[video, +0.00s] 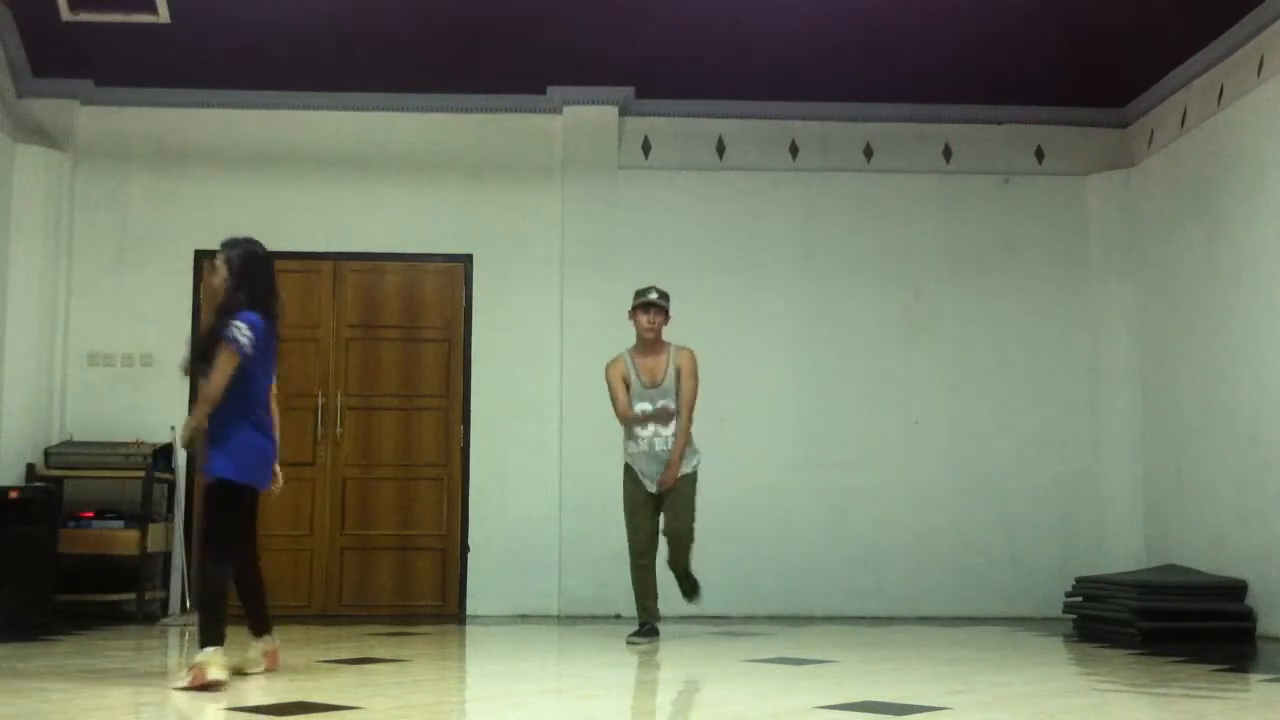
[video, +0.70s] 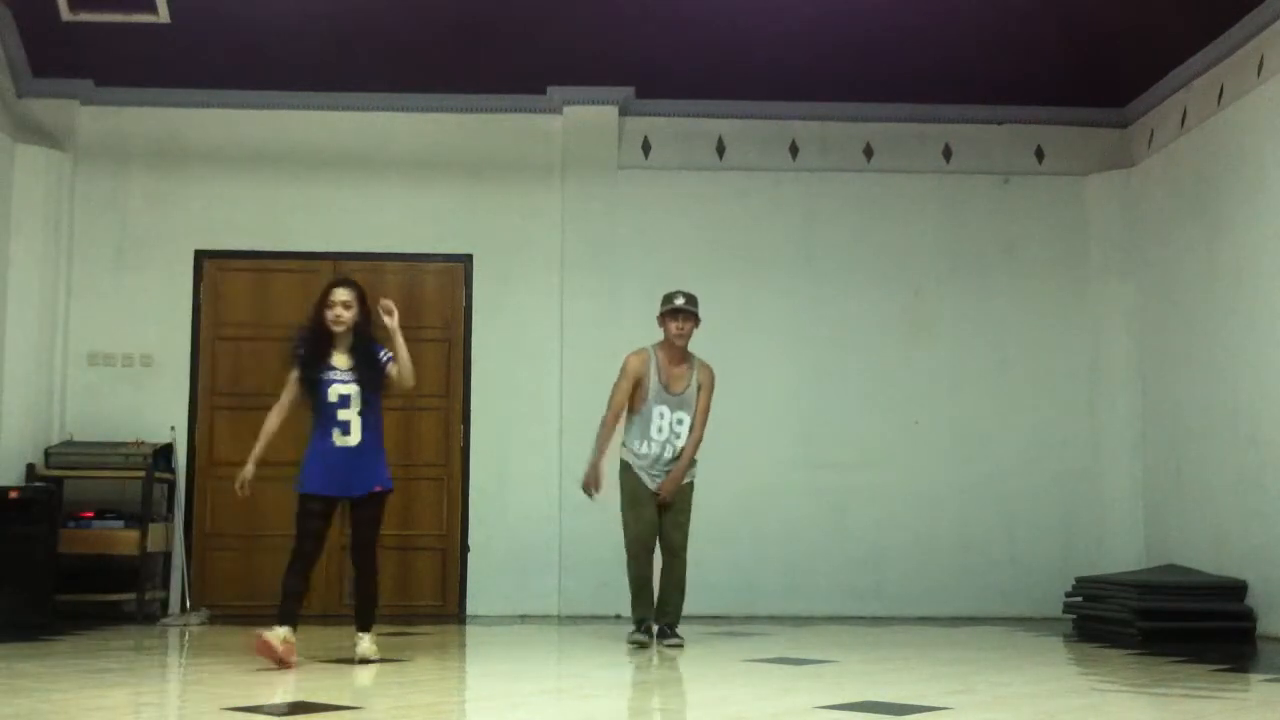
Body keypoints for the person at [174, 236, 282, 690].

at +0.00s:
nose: (211, 276)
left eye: (218, 269)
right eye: (213, 269)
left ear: (238, 274)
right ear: (249, 275)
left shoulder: (240, 324)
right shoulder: (261, 325)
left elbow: (217, 382)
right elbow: (269, 397)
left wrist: (194, 419)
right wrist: (273, 456)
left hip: (230, 450)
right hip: (251, 450)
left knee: (213, 549)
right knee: (241, 548)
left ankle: (210, 655)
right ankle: (264, 643)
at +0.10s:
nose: (225, 287)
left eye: (232, 279)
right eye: (226, 279)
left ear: (255, 282)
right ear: (245, 283)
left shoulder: (270, 331)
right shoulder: (243, 333)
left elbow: (258, 398)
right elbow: (230, 394)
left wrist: (215, 444)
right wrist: (223, 432)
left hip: (259, 453)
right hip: (243, 452)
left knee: (234, 543)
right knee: (250, 546)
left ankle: (237, 646)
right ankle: (267, 643)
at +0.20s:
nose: (239, 286)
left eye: (246, 278)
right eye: (239, 278)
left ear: (269, 280)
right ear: (262, 282)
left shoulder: (289, 326)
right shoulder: (252, 328)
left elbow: (289, 393)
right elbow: (247, 391)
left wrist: (266, 447)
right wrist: (238, 447)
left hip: (272, 450)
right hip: (247, 449)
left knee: (252, 542)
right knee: (251, 543)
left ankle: (279, 641)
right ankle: (279, 639)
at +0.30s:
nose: (255, 287)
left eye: (263, 279)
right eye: (254, 279)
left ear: (287, 283)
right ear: (255, 285)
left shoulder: (304, 328)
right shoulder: (255, 331)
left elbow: (319, 383)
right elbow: (258, 397)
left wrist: (329, 437)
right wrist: (240, 442)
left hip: (294, 457)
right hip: (255, 459)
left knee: (283, 543)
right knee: (263, 549)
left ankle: (330, 622)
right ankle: (267, 643)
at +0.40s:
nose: (277, 293)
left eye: (286, 286)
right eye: (272, 286)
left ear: (307, 291)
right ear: (266, 293)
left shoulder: (320, 334)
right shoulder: (268, 339)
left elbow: (351, 381)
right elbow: (260, 400)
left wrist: (379, 428)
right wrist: (236, 440)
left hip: (312, 459)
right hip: (266, 460)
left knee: (322, 543)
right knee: (267, 549)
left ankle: (353, 618)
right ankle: (266, 643)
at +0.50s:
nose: (299, 299)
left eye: (309, 293)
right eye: (293, 292)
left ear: (325, 300)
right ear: (284, 299)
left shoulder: (340, 344)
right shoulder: (278, 345)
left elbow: (376, 391)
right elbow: (265, 402)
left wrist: (397, 399)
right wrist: (235, 449)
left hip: (329, 465)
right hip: (282, 464)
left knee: (342, 546)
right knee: (276, 550)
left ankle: (366, 621)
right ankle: (267, 643)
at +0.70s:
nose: (338, 312)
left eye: (346, 306)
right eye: (331, 305)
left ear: (360, 312)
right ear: (321, 311)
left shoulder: (372, 353)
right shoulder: (310, 356)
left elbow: (406, 381)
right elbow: (281, 408)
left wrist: (395, 330)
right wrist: (252, 462)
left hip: (367, 473)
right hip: (321, 472)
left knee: (364, 554)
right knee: (305, 550)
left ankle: (365, 636)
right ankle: (284, 632)